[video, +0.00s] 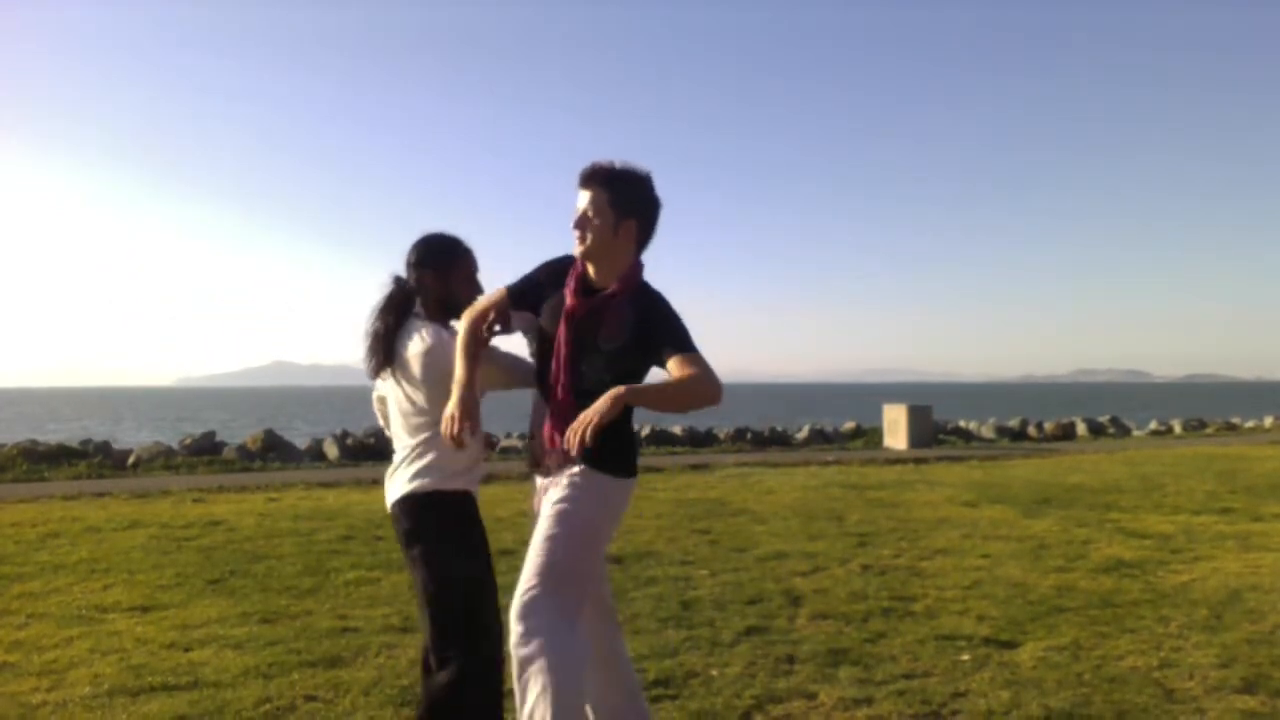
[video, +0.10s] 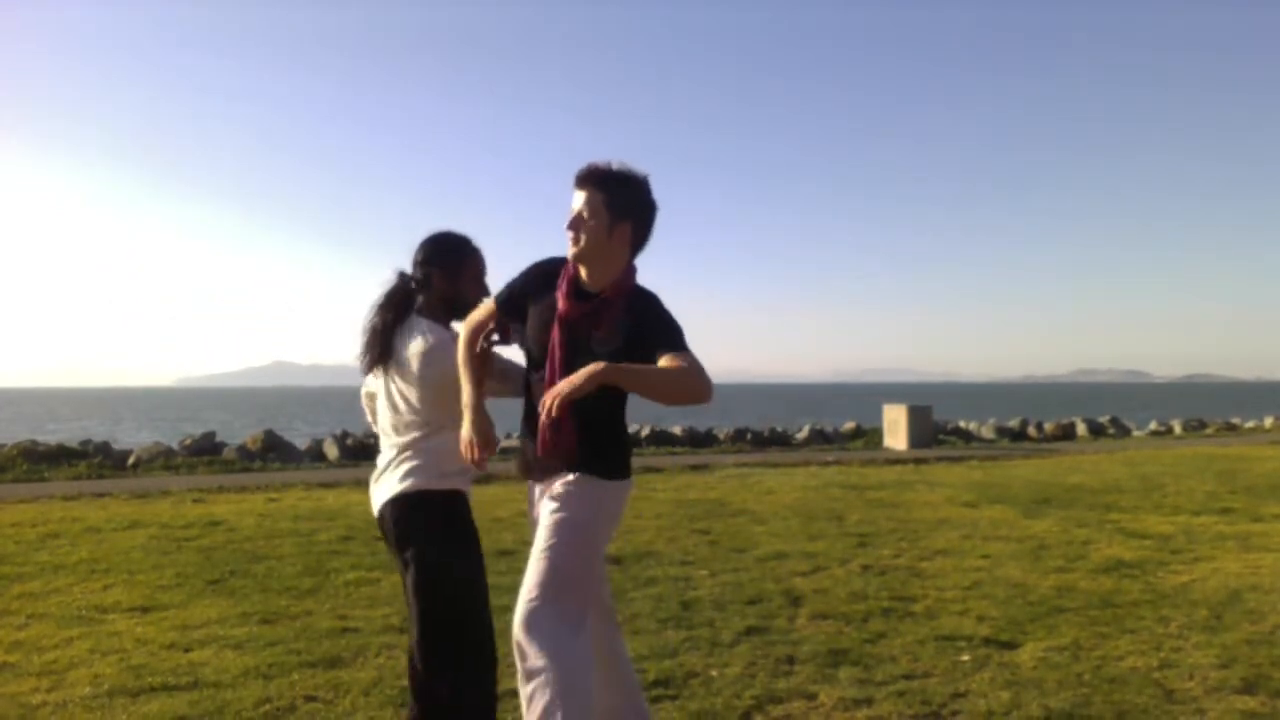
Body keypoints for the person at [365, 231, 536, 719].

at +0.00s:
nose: (477, 286)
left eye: (475, 276)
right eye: (468, 276)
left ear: (423, 281)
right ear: (433, 279)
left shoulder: (397, 340)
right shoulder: (442, 342)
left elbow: (384, 409)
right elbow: (526, 373)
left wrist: (462, 436)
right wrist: (531, 325)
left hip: (410, 497)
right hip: (441, 499)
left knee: (450, 639)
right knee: (471, 641)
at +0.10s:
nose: (485, 285)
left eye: (483, 273)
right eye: (477, 273)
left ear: (425, 279)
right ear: (444, 278)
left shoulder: (387, 339)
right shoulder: (446, 344)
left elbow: (372, 405)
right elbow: (524, 380)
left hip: (393, 496)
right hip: (433, 496)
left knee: (438, 632)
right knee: (457, 635)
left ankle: (438, 708)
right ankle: (459, 710)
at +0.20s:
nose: (487, 300)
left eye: (488, 289)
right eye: (483, 287)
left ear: (434, 280)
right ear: (453, 281)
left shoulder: (387, 332)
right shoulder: (450, 346)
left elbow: (356, 393)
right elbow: (517, 385)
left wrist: (389, 437)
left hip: (377, 499)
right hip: (424, 499)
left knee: (424, 640)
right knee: (448, 639)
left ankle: (419, 709)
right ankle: (449, 712)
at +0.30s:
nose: (491, 297)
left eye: (492, 288)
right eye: (488, 287)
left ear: (434, 281)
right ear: (466, 287)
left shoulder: (383, 335)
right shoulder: (461, 355)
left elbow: (340, 396)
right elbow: (511, 402)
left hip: (365, 503)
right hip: (423, 500)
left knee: (397, 623)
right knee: (449, 633)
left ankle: (395, 701)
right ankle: (445, 709)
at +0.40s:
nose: (494, 303)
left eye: (495, 292)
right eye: (492, 291)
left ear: (439, 283)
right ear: (472, 291)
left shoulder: (378, 331)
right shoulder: (476, 361)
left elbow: (320, 381)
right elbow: (508, 435)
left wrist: (316, 413)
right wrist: (492, 456)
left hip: (358, 511)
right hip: (425, 507)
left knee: (381, 616)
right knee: (457, 641)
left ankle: (369, 710)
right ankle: (444, 715)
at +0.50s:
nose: (501, 304)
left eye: (502, 294)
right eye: (497, 293)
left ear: (438, 288)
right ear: (478, 296)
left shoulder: (381, 331)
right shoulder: (478, 362)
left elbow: (314, 375)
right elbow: (523, 424)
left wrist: (280, 412)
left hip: (355, 517)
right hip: (427, 515)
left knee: (357, 644)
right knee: (455, 651)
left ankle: (348, 714)